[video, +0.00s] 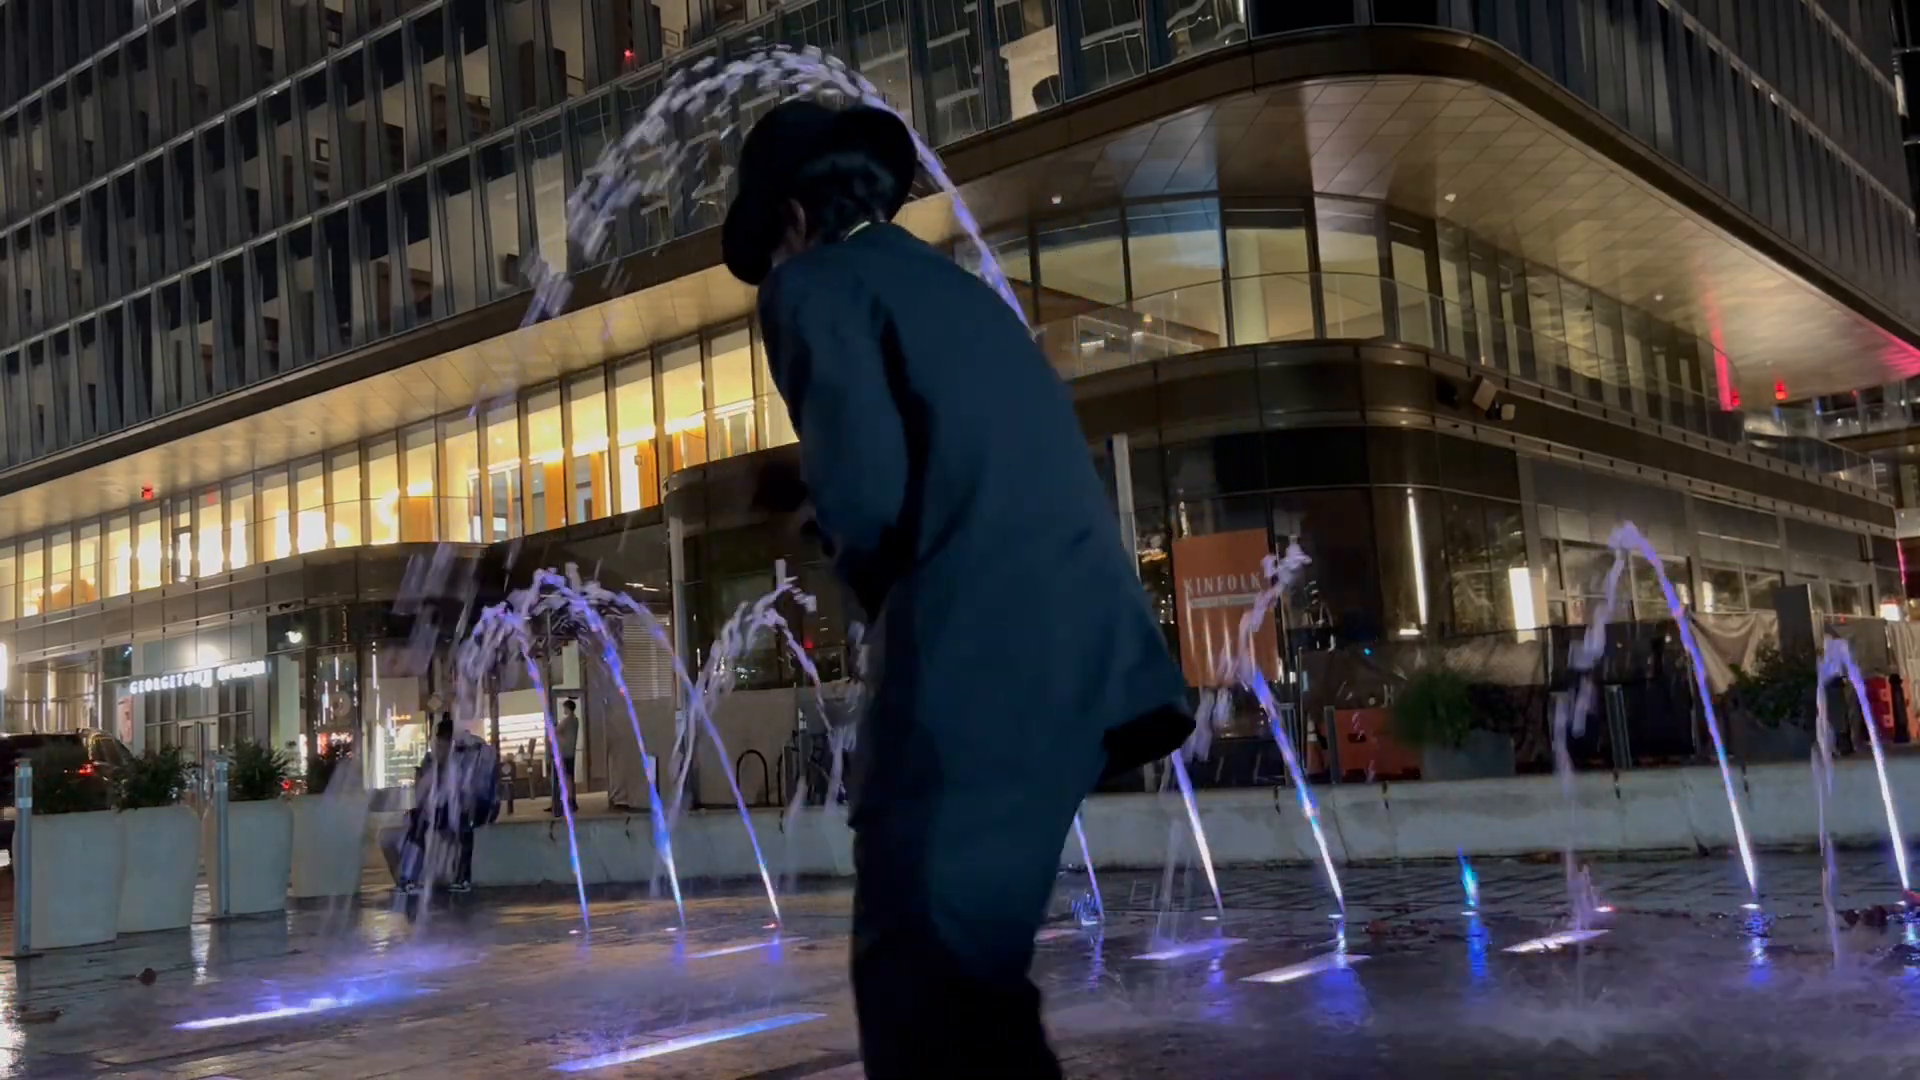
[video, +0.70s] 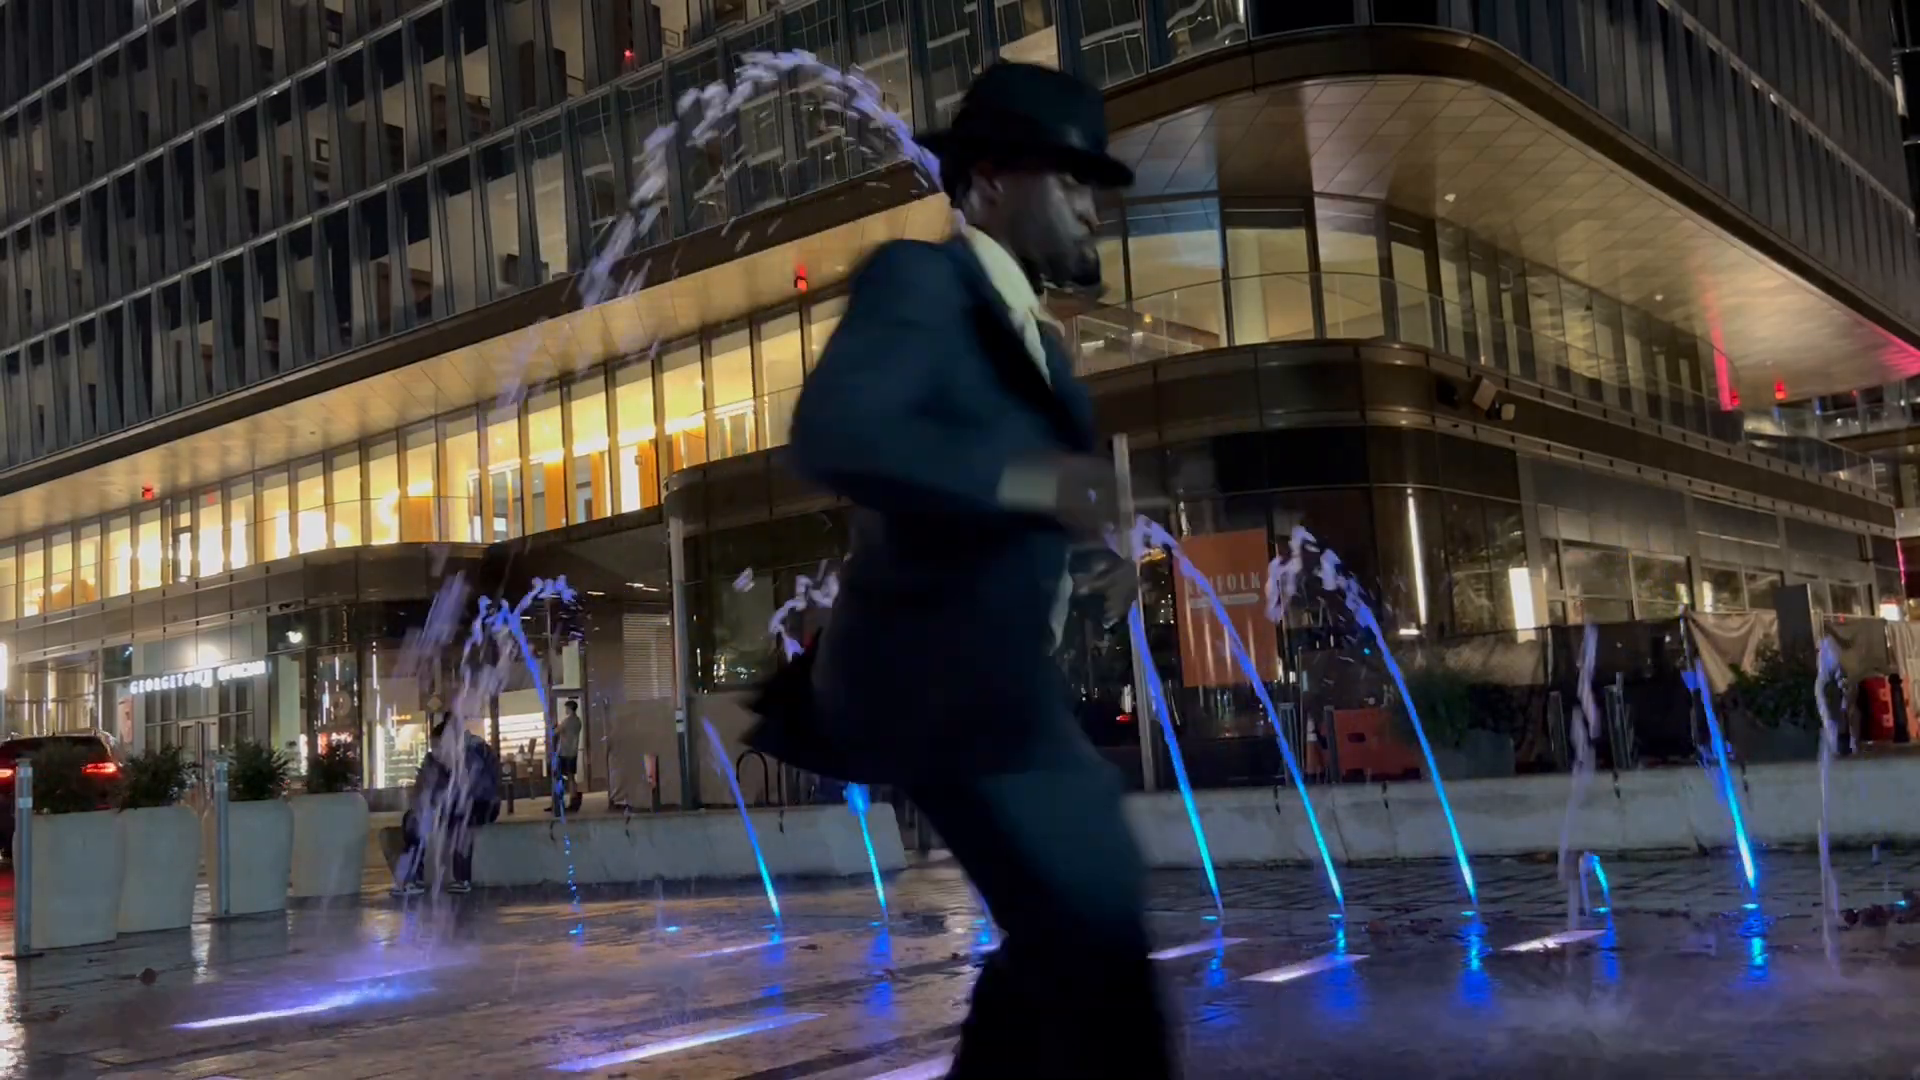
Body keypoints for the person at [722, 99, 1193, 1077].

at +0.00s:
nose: (763, 273)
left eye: (759, 248)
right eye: (756, 256)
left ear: (792, 217)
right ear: (875, 199)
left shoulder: (817, 280)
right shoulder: (949, 284)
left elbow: (862, 493)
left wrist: (859, 573)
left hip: (986, 651)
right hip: (1067, 643)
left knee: (911, 966)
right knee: (976, 962)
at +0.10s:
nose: (758, 285)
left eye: (754, 257)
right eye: (752, 263)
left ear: (781, 232)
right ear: (861, 221)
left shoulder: (828, 294)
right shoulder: (928, 304)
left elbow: (873, 500)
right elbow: (921, 520)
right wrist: (803, 655)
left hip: (993, 675)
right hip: (1063, 666)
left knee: (892, 973)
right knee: (1000, 961)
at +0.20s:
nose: (747, 354)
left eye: (740, 323)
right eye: (739, 334)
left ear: (756, 290)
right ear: (838, 276)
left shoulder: (830, 336)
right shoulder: (895, 351)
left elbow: (839, 519)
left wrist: (652, 649)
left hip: (1017, 701)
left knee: (880, 976)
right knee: (1014, 972)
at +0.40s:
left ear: (837, 294)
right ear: (953, 265)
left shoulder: (792, 406)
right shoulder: (1039, 327)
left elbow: (816, 606)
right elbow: (1170, 463)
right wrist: (1166, 627)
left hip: (929, 731)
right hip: (1093, 704)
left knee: (854, 1009)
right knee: (1035, 974)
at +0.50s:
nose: (1060, 248)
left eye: (1056, 230)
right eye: (1047, 229)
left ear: (933, 240)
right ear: (1002, 231)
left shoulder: (871, 369)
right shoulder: (1036, 299)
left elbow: (846, 523)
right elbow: (1067, 434)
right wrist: (1216, 564)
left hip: (880, 702)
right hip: (1041, 686)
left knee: (900, 994)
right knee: (1093, 989)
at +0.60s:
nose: (1094, 242)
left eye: (1097, 221)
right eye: (1078, 216)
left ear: (1009, 212)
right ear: (1002, 211)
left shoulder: (962, 312)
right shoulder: (996, 297)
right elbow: (985, 451)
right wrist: (1194, 505)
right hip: (994, 723)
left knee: (993, 988)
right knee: (1145, 984)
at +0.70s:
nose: (1094, 212)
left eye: (1096, 189)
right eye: (1073, 184)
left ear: (1009, 191)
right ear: (989, 184)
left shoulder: (1025, 326)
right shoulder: (919, 279)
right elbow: (835, 436)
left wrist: (1081, 558)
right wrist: (1037, 480)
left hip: (998, 680)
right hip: (942, 687)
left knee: (1074, 926)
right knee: (1087, 923)